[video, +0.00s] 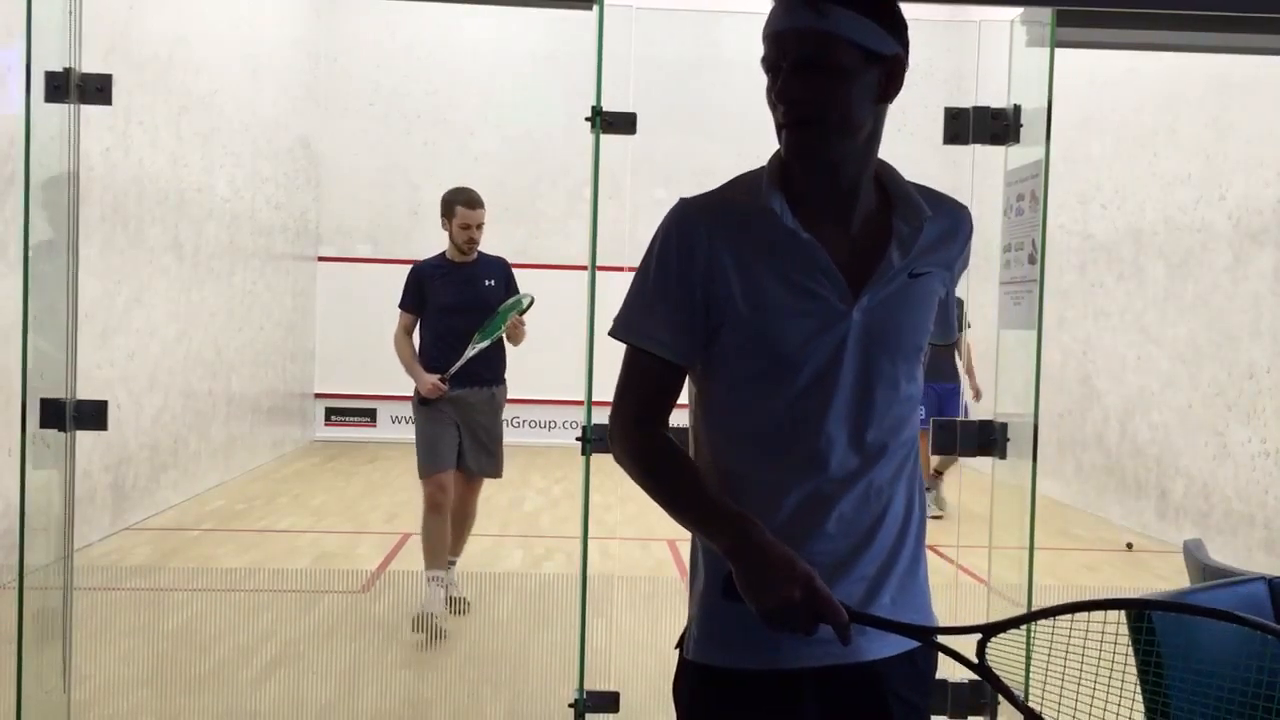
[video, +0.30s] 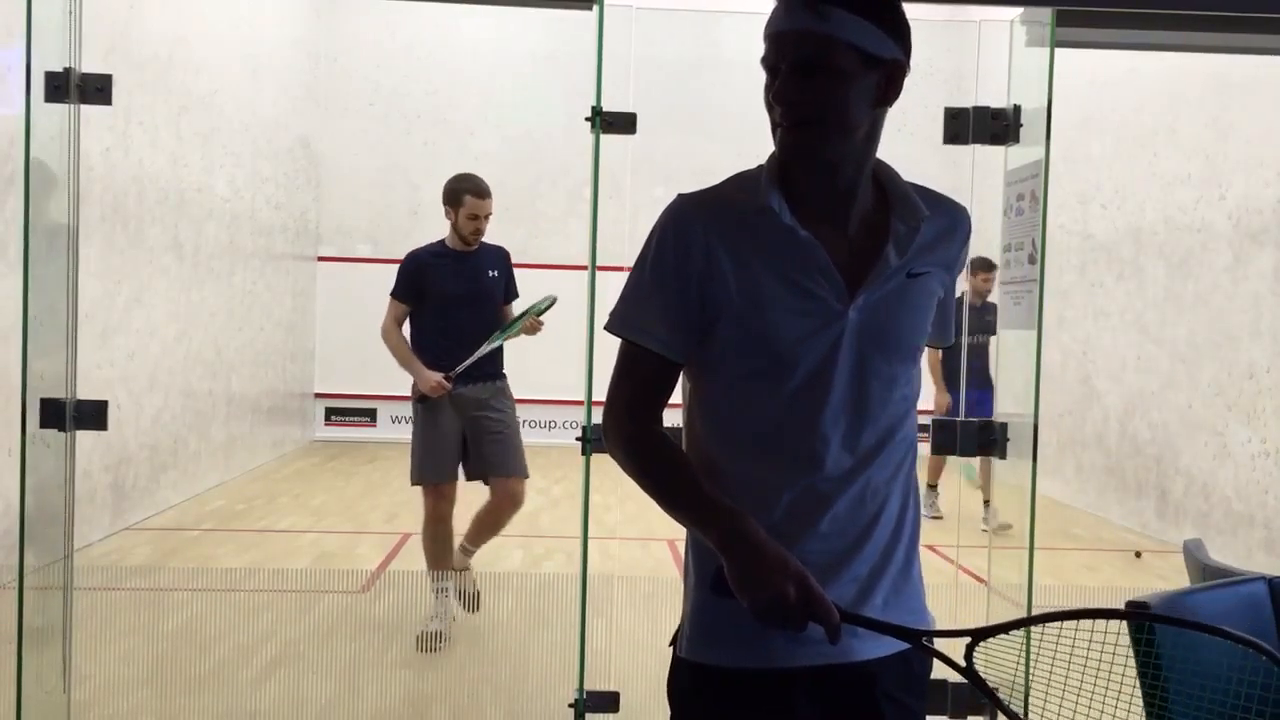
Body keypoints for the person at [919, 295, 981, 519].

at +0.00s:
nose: (942, 281)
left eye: (946, 276)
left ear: (952, 277)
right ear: (924, 279)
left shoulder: (956, 304)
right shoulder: (916, 303)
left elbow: (961, 341)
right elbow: (909, 342)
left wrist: (972, 379)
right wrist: (908, 377)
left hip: (951, 382)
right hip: (924, 381)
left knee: (960, 440)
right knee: (923, 434)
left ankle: (935, 476)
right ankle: (927, 490)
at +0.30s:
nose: (989, 285)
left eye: (992, 280)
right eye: (984, 280)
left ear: (994, 281)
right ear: (969, 278)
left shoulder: (993, 311)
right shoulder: (950, 309)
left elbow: (996, 349)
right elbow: (933, 353)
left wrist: (1000, 386)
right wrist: (940, 390)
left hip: (982, 389)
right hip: (953, 389)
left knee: (987, 450)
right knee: (941, 446)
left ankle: (988, 511)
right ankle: (930, 495)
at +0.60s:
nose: (1015, 280)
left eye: (1019, 274)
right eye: (1011, 273)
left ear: (1024, 278)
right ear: (1001, 275)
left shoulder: (1023, 307)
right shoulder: (977, 306)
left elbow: (1033, 351)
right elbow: (957, 346)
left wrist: (1045, 386)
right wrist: (964, 386)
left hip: (1013, 389)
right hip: (984, 388)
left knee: (1004, 452)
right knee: (987, 449)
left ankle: (992, 512)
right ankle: (982, 513)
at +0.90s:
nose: (1053, 286)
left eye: (1056, 280)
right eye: (1048, 280)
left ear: (1058, 280)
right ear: (1032, 278)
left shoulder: (1058, 310)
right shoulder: (1007, 309)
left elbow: (1071, 349)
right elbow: (973, 353)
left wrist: (1099, 369)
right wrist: (974, 395)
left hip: (1045, 398)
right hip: (1014, 398)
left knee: (1040, 465)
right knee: (1020, 464)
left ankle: (1003, 501)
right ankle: (1024, 530)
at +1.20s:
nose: (1094, 293)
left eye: (1097, 288)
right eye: (1089, 287)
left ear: (1100, 286)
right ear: (1072, 281)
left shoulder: (1093, 310)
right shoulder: (1045, 314)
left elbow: (1086, 352)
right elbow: (1031, 369)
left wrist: (1079, 390)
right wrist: (1048, 412)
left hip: (1077, 401)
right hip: (1045, 403)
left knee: (1098, 462)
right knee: (1039, 469)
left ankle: (1088, 538)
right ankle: (1027, 533)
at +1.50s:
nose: (1156, 334)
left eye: (1160, 328)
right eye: (1151, 327)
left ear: (1164, 322)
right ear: (1133, 317)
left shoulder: (1137, 339)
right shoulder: (1108, 348)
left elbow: (1118, 381)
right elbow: (1105, 415)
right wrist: (1116, 465)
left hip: (1116, 412)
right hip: (1080, 419)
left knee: (1139, 480)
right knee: (1082, 496)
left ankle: (1130, 560)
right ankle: (1045, 520)